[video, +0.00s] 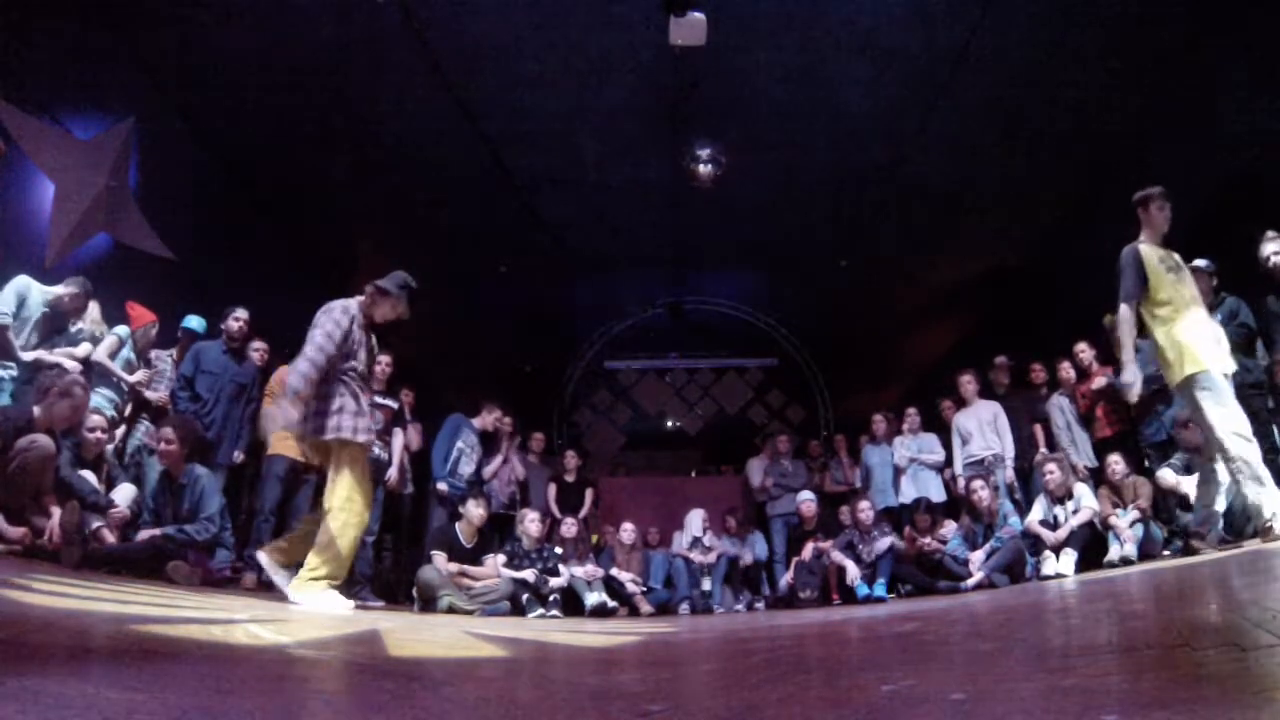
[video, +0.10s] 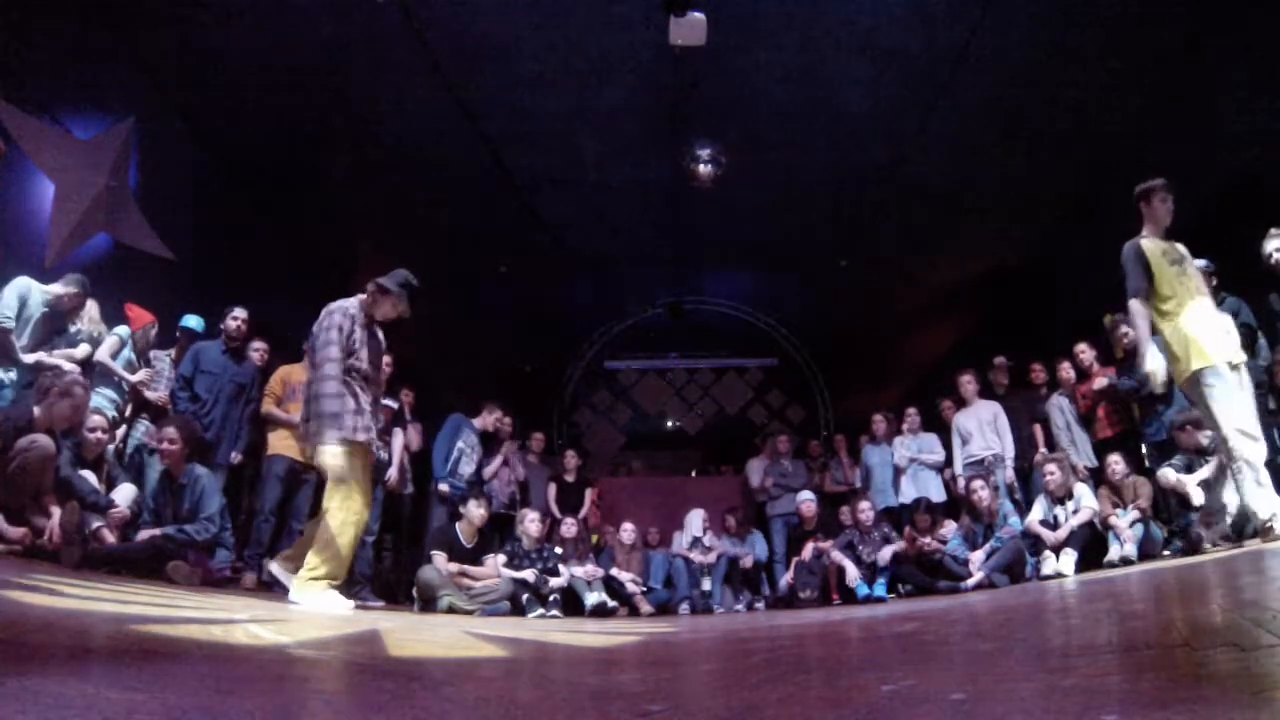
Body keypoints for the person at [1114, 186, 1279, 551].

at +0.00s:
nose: (1168, 214)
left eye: (1168, 208)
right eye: (1161, 208)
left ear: (1165, 213)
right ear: (1144, 213)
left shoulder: (1171, 257)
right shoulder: (1135, 253)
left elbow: (1191, 307)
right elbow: (1126, 309)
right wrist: (1129, 366)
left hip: (1211, 353)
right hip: (1189, 356)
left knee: (1217, 448)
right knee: (1235, 435)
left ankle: (1202, 529)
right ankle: (1271, 515)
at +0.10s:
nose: (1169, 207)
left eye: (1170, 201)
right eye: (1162, 201)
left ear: (1170, 206)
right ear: (1144, 207)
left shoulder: (1179, 249)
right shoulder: (1136, 249)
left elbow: (1202, 295)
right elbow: (1137, 300)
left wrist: (1224, 326)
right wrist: (1146, 349)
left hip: (1222, 337)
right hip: (1192, 343)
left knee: (1246, 430)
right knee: (1235, 431)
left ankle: (1217, 520)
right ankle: (1267, 515)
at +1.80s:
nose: (1130, 252)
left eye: (1127, 244)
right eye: (1125, 247)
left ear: (1137, 232)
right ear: (1138, 235)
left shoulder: (1167, 240)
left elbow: (1200, 274)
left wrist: (1192, 323)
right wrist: (1265, 354)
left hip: (1211, 352)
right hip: (1222, 352)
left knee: (1208, 432)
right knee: (1251, 427)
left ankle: (1267, 498)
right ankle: (1270, 506)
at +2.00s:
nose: (1115, 261)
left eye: (1114, 253)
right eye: (1112, 254)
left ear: (1123, 244)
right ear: (1134, 238)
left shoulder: (1145, 255)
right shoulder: (1173, 259)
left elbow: (1167, 289)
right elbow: (1216, 305)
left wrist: (1170, 344)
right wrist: (1248, 344)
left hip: (1195, 362)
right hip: (1219, 358)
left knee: (1203, 450)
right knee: (1254, 445)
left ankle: (1200, 535)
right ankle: (1277, 516)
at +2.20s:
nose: (1103, 269)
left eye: (1101, 262)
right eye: (1100, 264)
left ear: (1107, 251)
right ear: (1121, 245)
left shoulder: (1127, 263)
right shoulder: (1155, 266)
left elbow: (1142, 309)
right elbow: (1188, 318)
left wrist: (1145, 369)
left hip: (1175, 368)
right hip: (1198, 365)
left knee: (1188, 456)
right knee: (1223, 444)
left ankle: (1201, 536)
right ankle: (1272, 507)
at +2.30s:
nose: (1097, 271)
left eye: (1095, 264)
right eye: (1095, 266)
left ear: (1102, 255)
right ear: (1117, 249)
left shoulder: (1120, 270)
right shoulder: (1149, 270)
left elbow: (1130, 323)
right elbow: (1175, 323)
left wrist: (1138, 382)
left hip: (1165, 371)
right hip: (1187, 367)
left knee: (1183, 456)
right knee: (1206, 449)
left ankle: (1201, 536)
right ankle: (1262, 500)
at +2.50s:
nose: (1093, 273)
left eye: (1091, 266)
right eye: (1090, 267)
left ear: (1097, 257)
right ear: (1113, 251)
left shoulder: (1115, 274)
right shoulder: (1143, 273)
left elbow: (1121, 326)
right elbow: (1163, 330)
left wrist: (1123, 378)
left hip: (1154, 371)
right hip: (1175, 369)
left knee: (1173, 456)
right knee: (1177, 453)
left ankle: (1199, 536)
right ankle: (1235, 515)